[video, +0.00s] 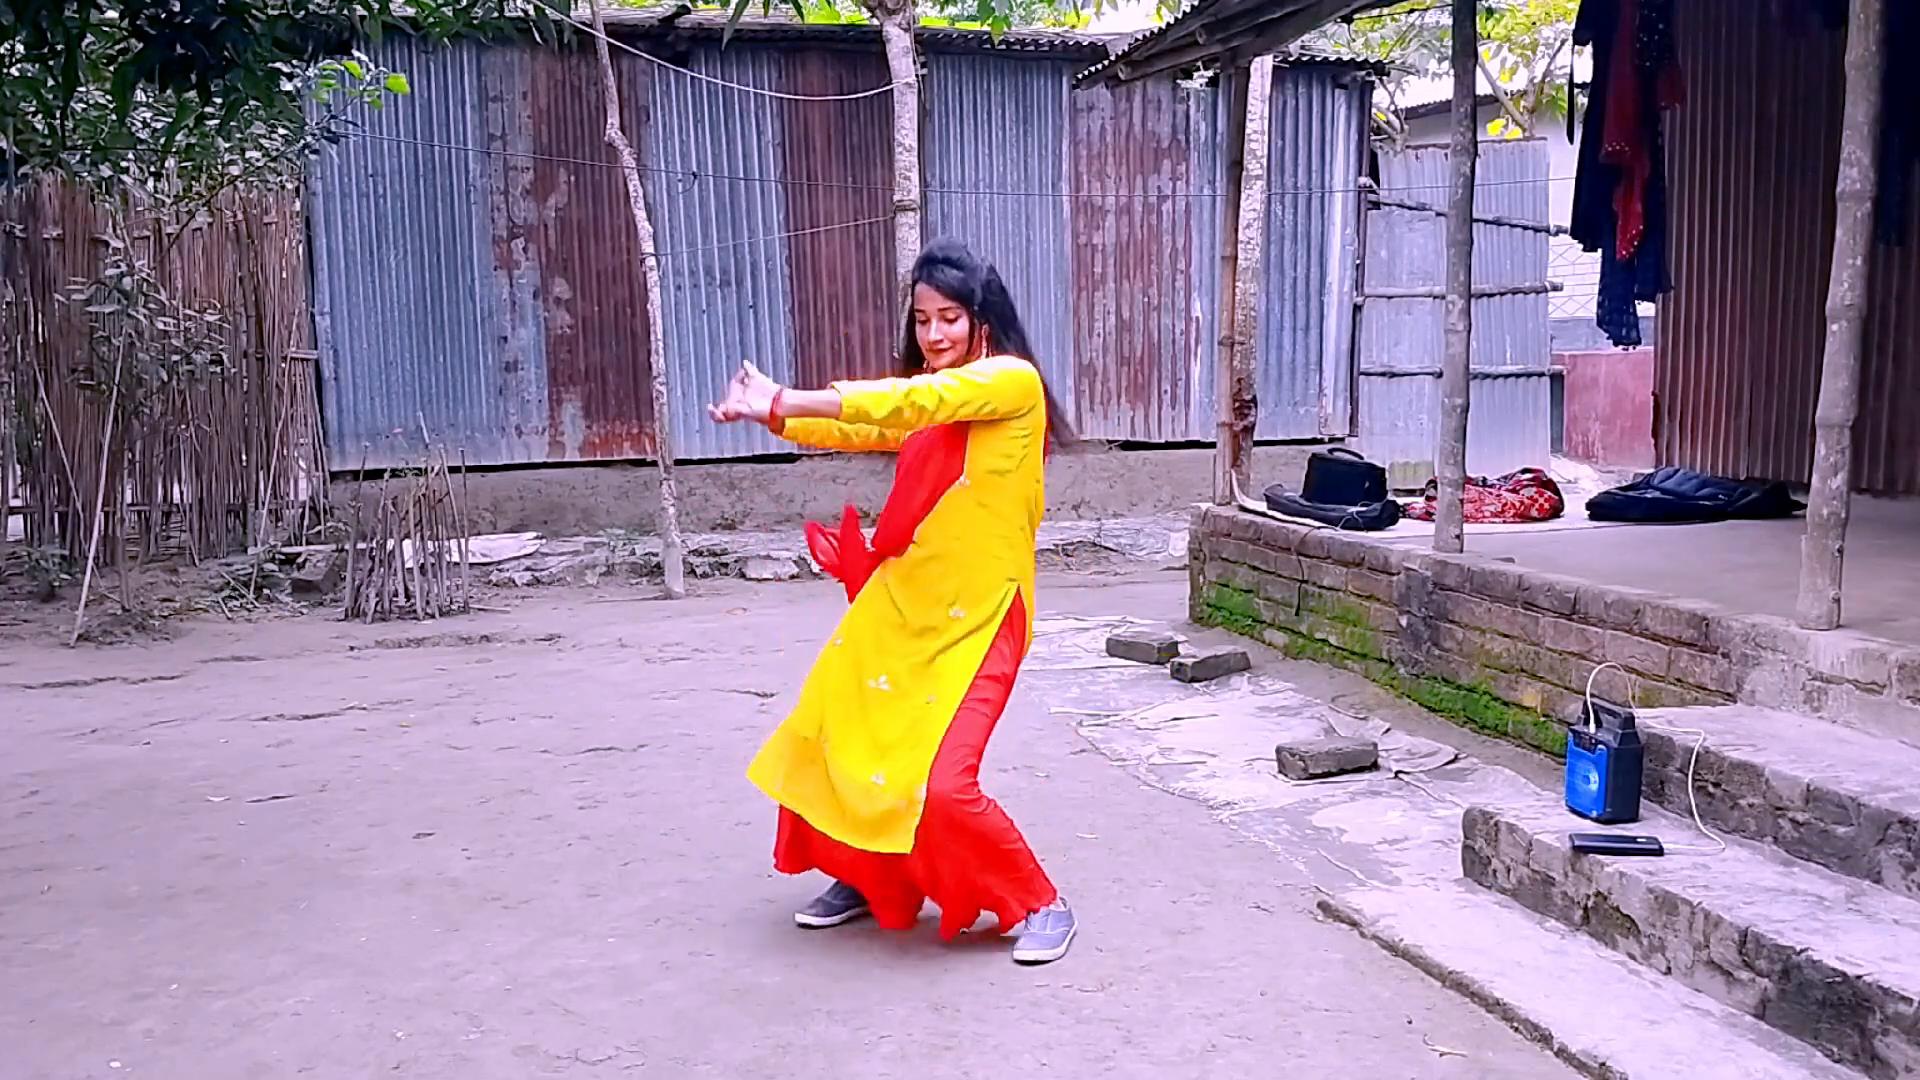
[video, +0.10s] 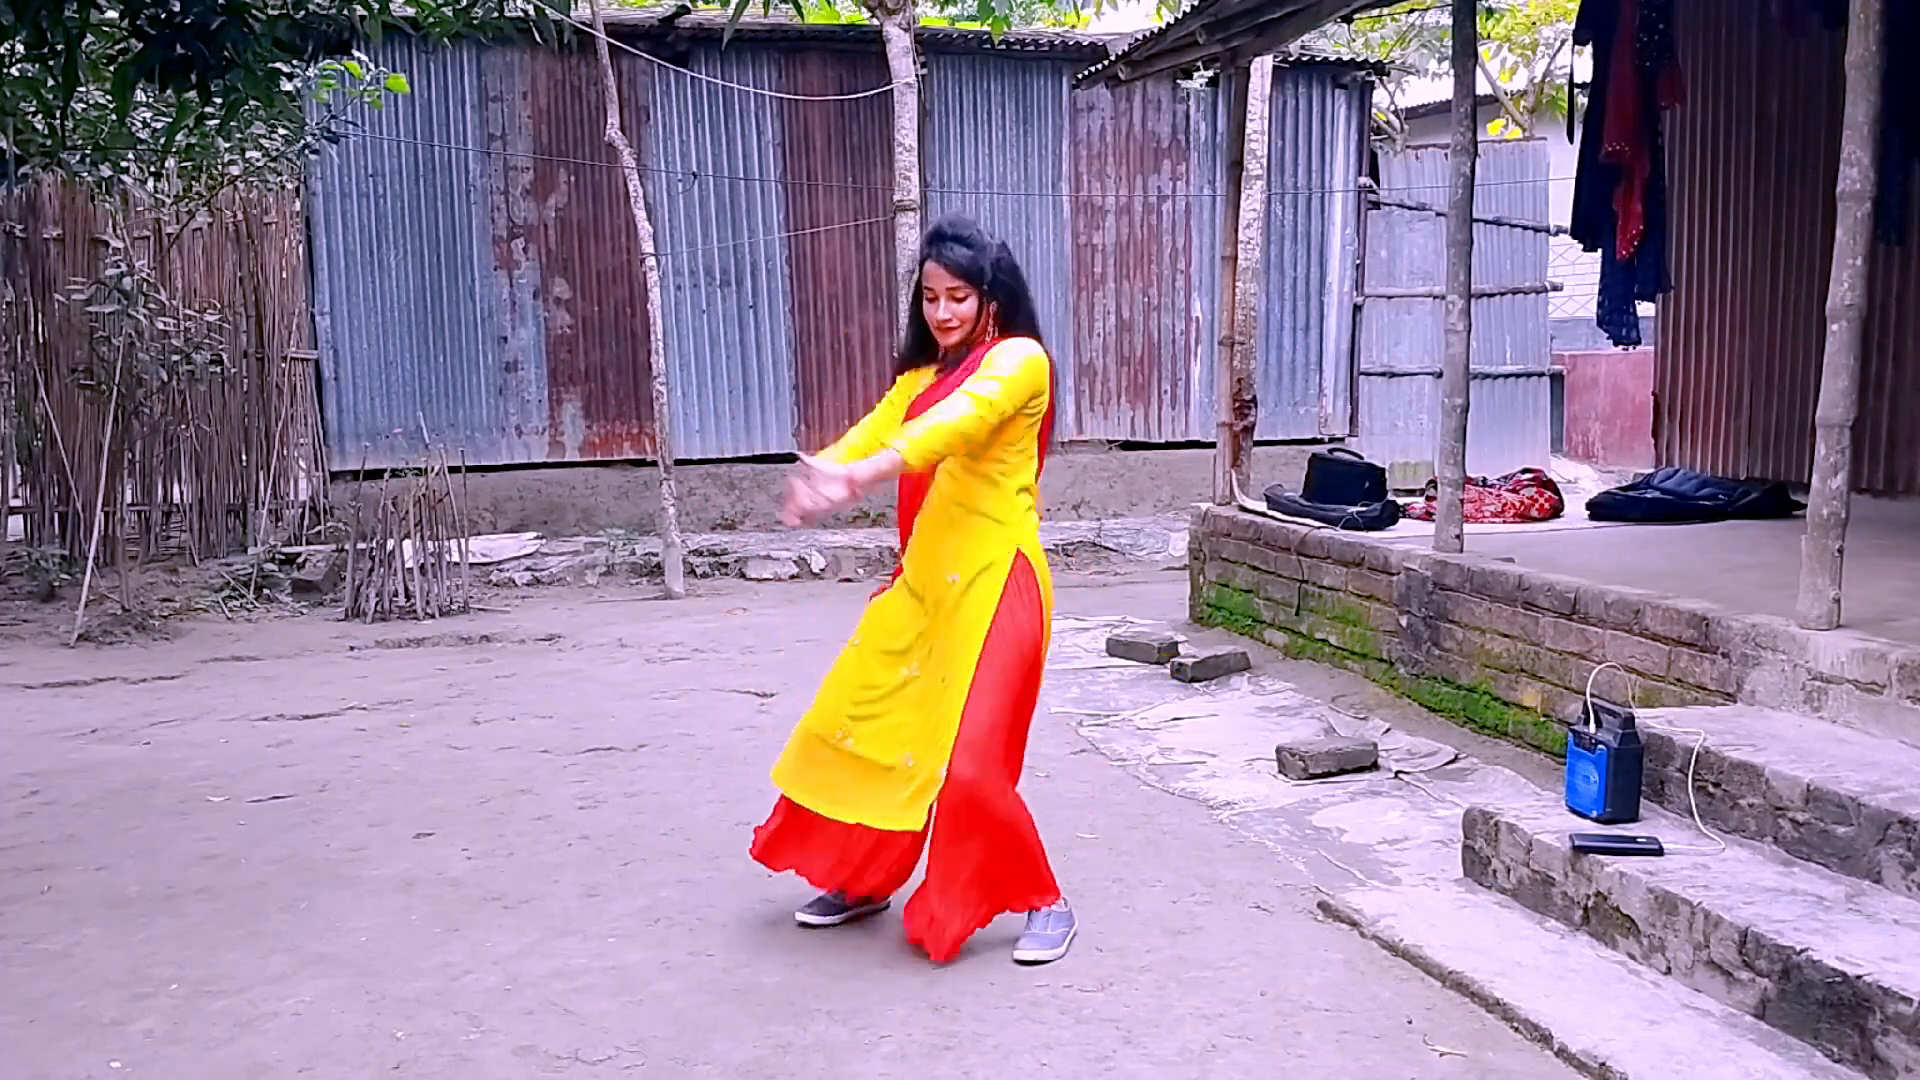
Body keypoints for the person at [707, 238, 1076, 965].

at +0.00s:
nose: (935, 334)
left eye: (949, 318)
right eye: (924, 321)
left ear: (983, 320)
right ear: (913, 324)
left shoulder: (1016, 381)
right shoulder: (923, 402)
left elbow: (920, 399)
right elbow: (855, 428)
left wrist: (789, 401)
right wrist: (771, 413)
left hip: (986, 612)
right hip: (906, 604)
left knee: (944, 782)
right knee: (835, 733)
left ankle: (1041, 905)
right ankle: (866, 875)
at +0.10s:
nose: (942, 313)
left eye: (958, 297)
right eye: (931, 297)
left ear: (992, 297)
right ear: (919, 300)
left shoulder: (1021, 360)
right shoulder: (920, 378)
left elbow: (956, 425)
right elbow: (868, 436)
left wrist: (859, 476)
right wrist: (819, 476)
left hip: (1001, 577)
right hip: (927, 578)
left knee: (970, 761)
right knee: (867, 721)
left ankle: (1046, 903)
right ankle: (865, 878)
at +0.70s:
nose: (925, 300)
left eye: (937, 283)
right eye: (913, 286)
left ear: (977, 279)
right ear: (906, 287)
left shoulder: (1030, 365)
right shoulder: (893, 357)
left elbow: (995, 451)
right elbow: (802, 411)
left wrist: (887, 473)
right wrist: (782, 468)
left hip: (958, 578)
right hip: (866, 571)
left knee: (967, 736)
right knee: (846, 718)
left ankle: (1044, 901)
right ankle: (868, 874)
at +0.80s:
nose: (922, 319)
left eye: (936, 301)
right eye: (911, 303)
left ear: (975, 297)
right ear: (903, 305)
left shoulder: (1019, 370)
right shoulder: (910, 388)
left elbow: (953, 416)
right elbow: (834, 428)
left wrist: (824, 398)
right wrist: (768, 418)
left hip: (967, 594)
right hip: (880, 585)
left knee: (952, 755)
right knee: (825, 729)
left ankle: (1048, 895)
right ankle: (869, 874)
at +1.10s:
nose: (926, 275)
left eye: (943, 260)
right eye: (917, 258)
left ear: (977, 265)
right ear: (906, 262)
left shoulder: (1005, 337)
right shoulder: (902, 353)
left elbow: (957, 410)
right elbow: (849, 414)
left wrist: (867, 467)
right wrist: (808, 455)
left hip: (986, 555)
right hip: (914, 559)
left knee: (987, 720)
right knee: (881, 711)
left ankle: (1047, 897)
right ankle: (875, 876)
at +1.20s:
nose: (928, 283)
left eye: (945, 268)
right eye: (919, 267)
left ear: (980, 272)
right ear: (908, 272)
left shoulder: (1013, 343)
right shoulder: (897, 369)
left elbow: (941, 392)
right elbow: (849, 429)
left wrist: (821, 412)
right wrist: (787, 449)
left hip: (988, 567)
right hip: (906, 566)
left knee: (966, 733)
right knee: (863, 713)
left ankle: (1047, 899)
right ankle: (871, 874)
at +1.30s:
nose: (934, 300)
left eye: (951, 284)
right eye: (924, 284)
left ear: (987, 286)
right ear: (915, 289)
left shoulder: (1025, 352)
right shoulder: (916, 378)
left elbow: (951, 388)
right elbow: (851, 454)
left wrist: (830, 399)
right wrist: (786, 453)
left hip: (988, 576)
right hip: (904, 571)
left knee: (967, 739)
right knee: (855, 713)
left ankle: (1047, 901)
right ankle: (862, 877)